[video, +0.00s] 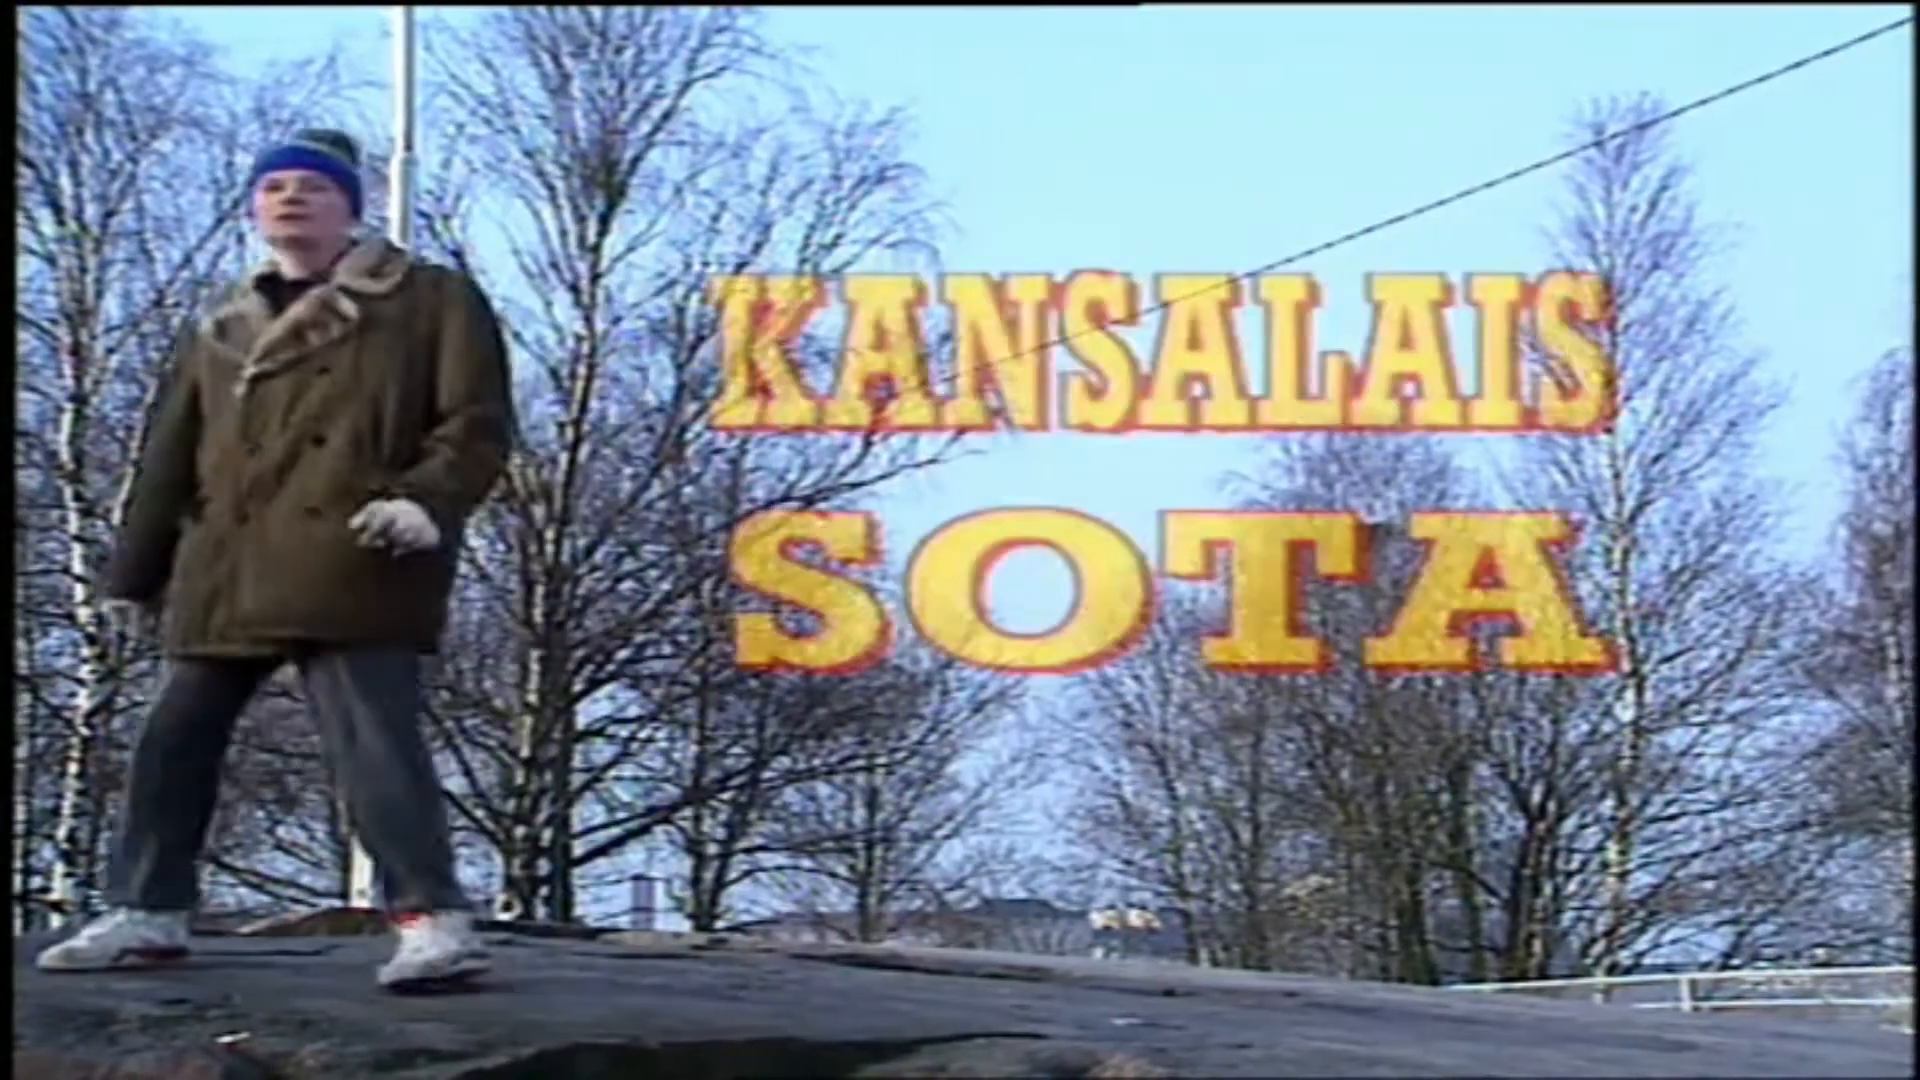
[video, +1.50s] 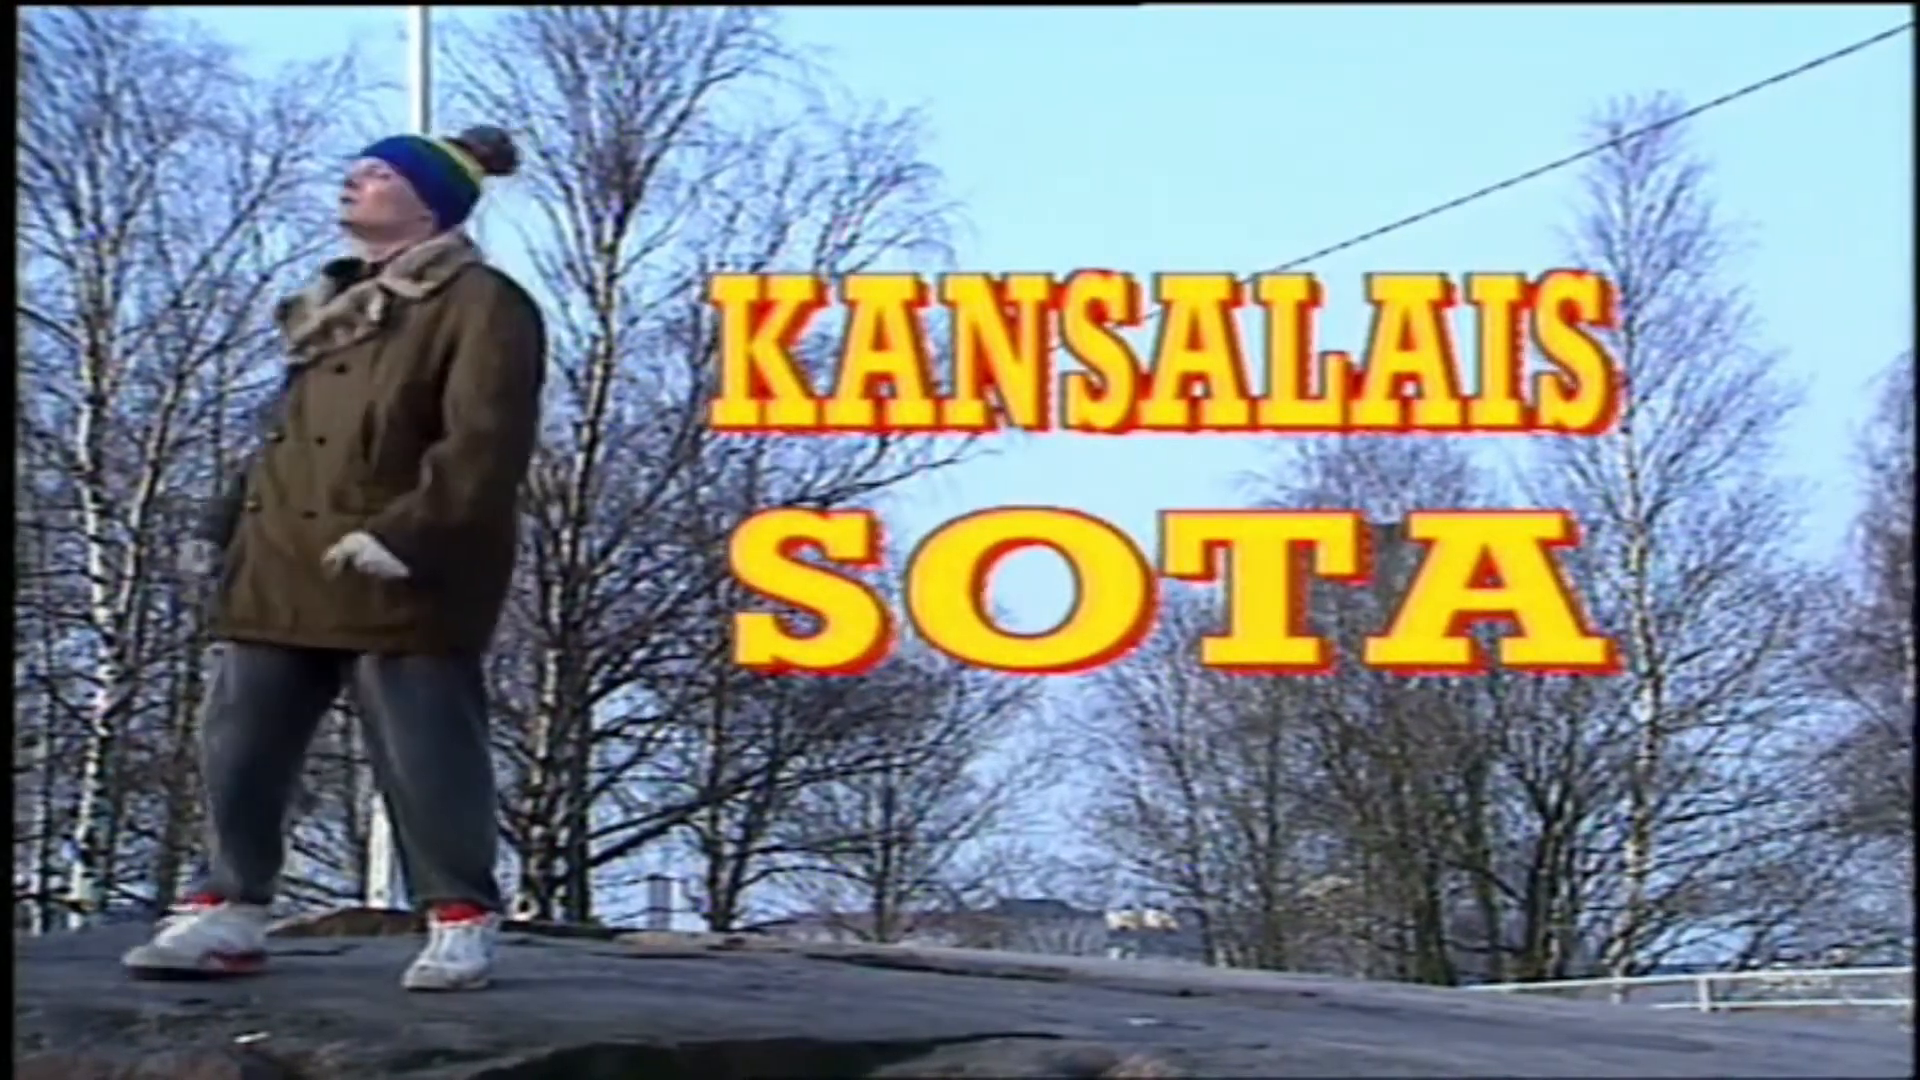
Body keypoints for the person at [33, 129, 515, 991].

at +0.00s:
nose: (286, 205)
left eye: (308, 193)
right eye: (272, 193)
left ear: (351, 210)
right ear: (253, 212)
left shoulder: (432, 300)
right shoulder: (221, 331)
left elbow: (478, 424)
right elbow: (167, 464)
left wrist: (429, 498)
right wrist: (130, 573)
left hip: (356, 565)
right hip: (231, 570)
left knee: (373, 741)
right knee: (175, 732)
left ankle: (432, 918)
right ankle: (149, 913)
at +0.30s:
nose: (268, 193)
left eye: (288, 179)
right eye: (253, 181)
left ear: (334, 197)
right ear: (237, 203)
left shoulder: (409, 283)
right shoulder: (213, 319)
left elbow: (450, 403)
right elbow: (159, 450)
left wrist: (387, 491)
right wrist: (101, 533)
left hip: (348, 557)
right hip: (221, 566)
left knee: (365, 733)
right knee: (193, 740)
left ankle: (417, 910)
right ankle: (157, 906)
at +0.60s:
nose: (307, 182)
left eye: (329, 169)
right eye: (310, 171)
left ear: (387, 189)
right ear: (331, 199)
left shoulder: (480, 293)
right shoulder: (296, 309)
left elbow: (483, 434)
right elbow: (256, 443)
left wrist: (377, 507)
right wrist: (199, 528)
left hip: (405, 572)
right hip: (282, 571)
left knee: (415, 740)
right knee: (215, 723)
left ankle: (447, 920)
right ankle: (186, 908)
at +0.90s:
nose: (342, 208)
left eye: (351, 194)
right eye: (349, 194)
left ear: (378, 201)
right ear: (404, 204)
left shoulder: (457, 284)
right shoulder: (351, 297)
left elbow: (495, 438)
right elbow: (317, 437)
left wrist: (427, 528)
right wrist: (243, 507)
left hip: (404, 567)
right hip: (304, 564)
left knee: (424, 743)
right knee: (270, 741)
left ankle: (451, 918)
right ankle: (232, 910)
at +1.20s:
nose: (366, 204)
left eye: (378, 192)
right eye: (372, 191)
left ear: (408, 204)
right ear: (427, 204)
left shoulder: (452, 285)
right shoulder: (375, 288)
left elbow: (466, 435)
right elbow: (351, 429)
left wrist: (420, 548)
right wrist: (298, 536)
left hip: (392, 568)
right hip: (307, 565)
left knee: (410, 737)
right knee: (272, 736)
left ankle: (453, 917)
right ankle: (235, 909)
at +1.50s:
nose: (353, 180)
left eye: (376, 172)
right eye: (357, 171)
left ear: (425, 201)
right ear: (374, 204)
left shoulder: (486, 304)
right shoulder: (337, 307)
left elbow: (483, 449)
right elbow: (291, 439)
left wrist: (403, 533)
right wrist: (238, 524)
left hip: (406, 574)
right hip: (288, 565)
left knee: (424, 747)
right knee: (244, 736)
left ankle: (461, 919)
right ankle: (234, 910)